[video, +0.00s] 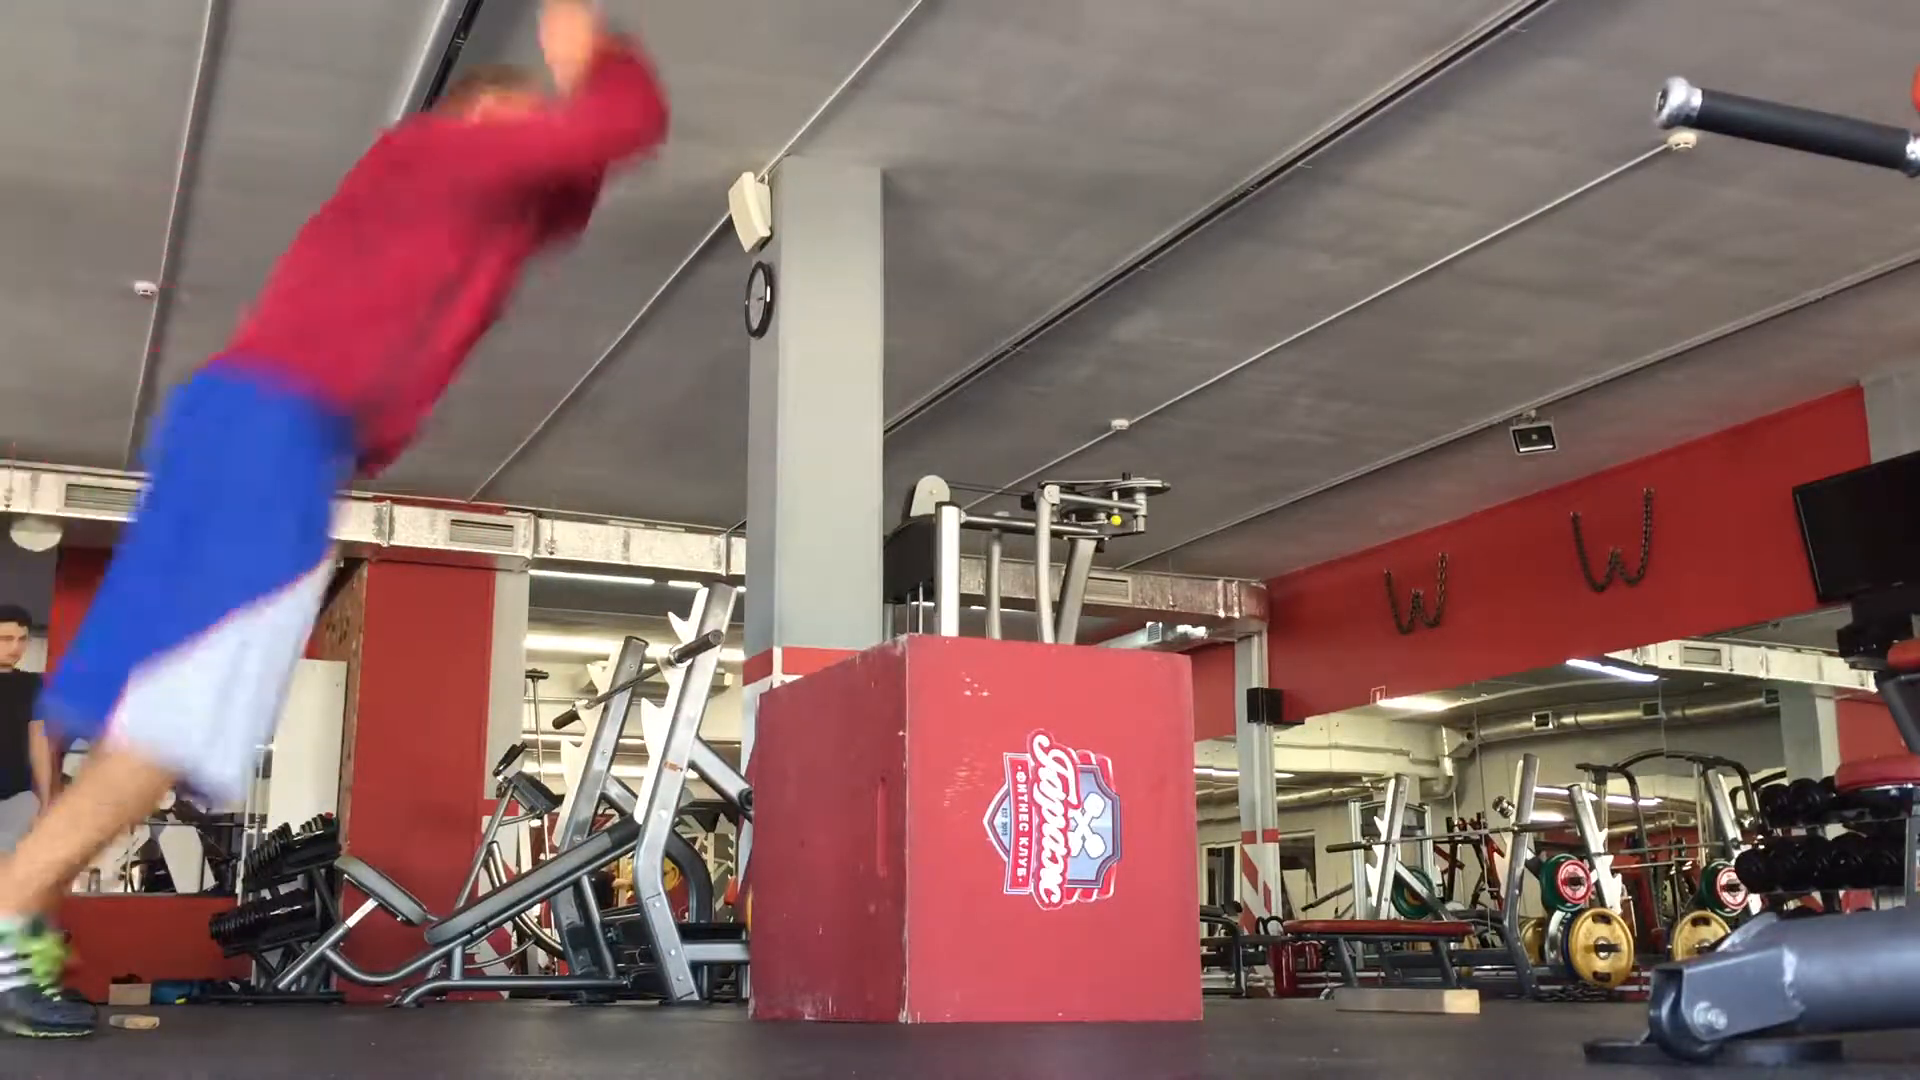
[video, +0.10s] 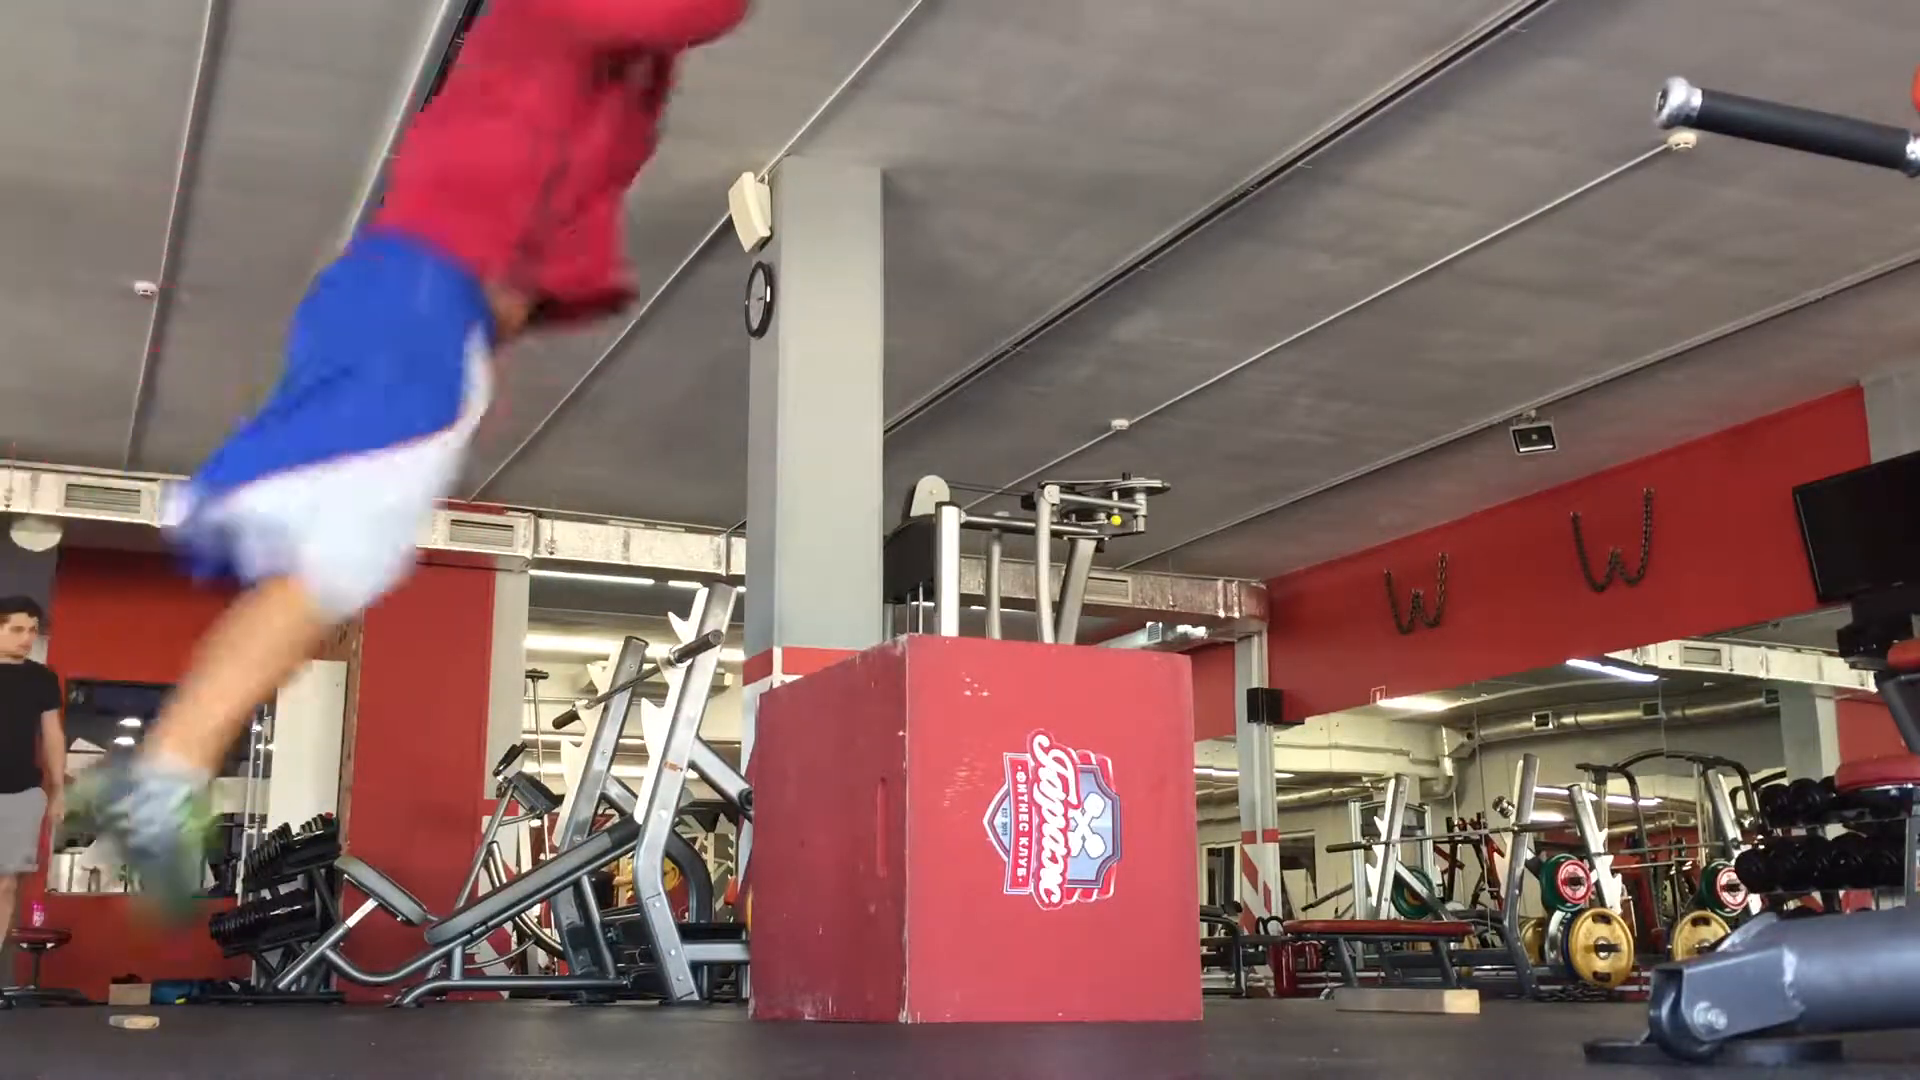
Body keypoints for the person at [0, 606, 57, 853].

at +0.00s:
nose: (15, 647)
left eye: (22, 639)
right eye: (7, 638)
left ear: (28, 641)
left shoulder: (30, 684)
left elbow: (38, 740)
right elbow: (39, 740)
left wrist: (45, 801)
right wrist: (45, 801)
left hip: (16, 798)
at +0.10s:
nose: (25, 638)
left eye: (31, 630)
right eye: (16, 629)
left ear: (37, 634)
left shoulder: (41, 677)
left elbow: (53, 736)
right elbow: (53, 736)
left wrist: (58, 790)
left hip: (20, 793)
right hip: (10, 793)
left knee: (7, 885)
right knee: (5, 886)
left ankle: (2, 962)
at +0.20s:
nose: (35, 633)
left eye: (41, 626)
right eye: (26, 625)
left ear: (47, 629)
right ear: (5, 627)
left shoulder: (52, 671)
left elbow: (68, 732)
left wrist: (73, 787)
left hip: (29, 794)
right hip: (5, 792)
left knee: (8, 886)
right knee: (6, 886)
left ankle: (2, 972)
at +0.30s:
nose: (41, 632)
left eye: (47, 625)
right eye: (32, 624)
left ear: (53, 628)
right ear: (10, 627)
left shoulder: (61, 672)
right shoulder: (0, 665)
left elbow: (79, 729)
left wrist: (89, 783)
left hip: (40, 795)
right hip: (5, 793)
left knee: (18, 882)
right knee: (7, 881)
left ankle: (6, 956)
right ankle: (5, 954)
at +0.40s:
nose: (47, 629)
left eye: (53, 622)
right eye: (38, 621)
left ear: (59, 626)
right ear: (15, 625)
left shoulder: (67, 670)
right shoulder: (3, 665)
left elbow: (85, 729)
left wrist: (100, 783)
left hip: (51, 794)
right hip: (7, 792)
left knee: (26, 884)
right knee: (7, 875)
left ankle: (7, 961)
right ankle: (5, 962)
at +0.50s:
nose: (53, 620)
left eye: (58, 612)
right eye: (43, 612)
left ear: (63, 616)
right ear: (20, 616)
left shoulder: (72, 662)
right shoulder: (4, 659)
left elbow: (89, 722)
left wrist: (104, 779)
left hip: (57, 791)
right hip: (9, 786)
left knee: (44, 887)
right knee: (8, 878)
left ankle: (9, 951)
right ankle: (6, 969)